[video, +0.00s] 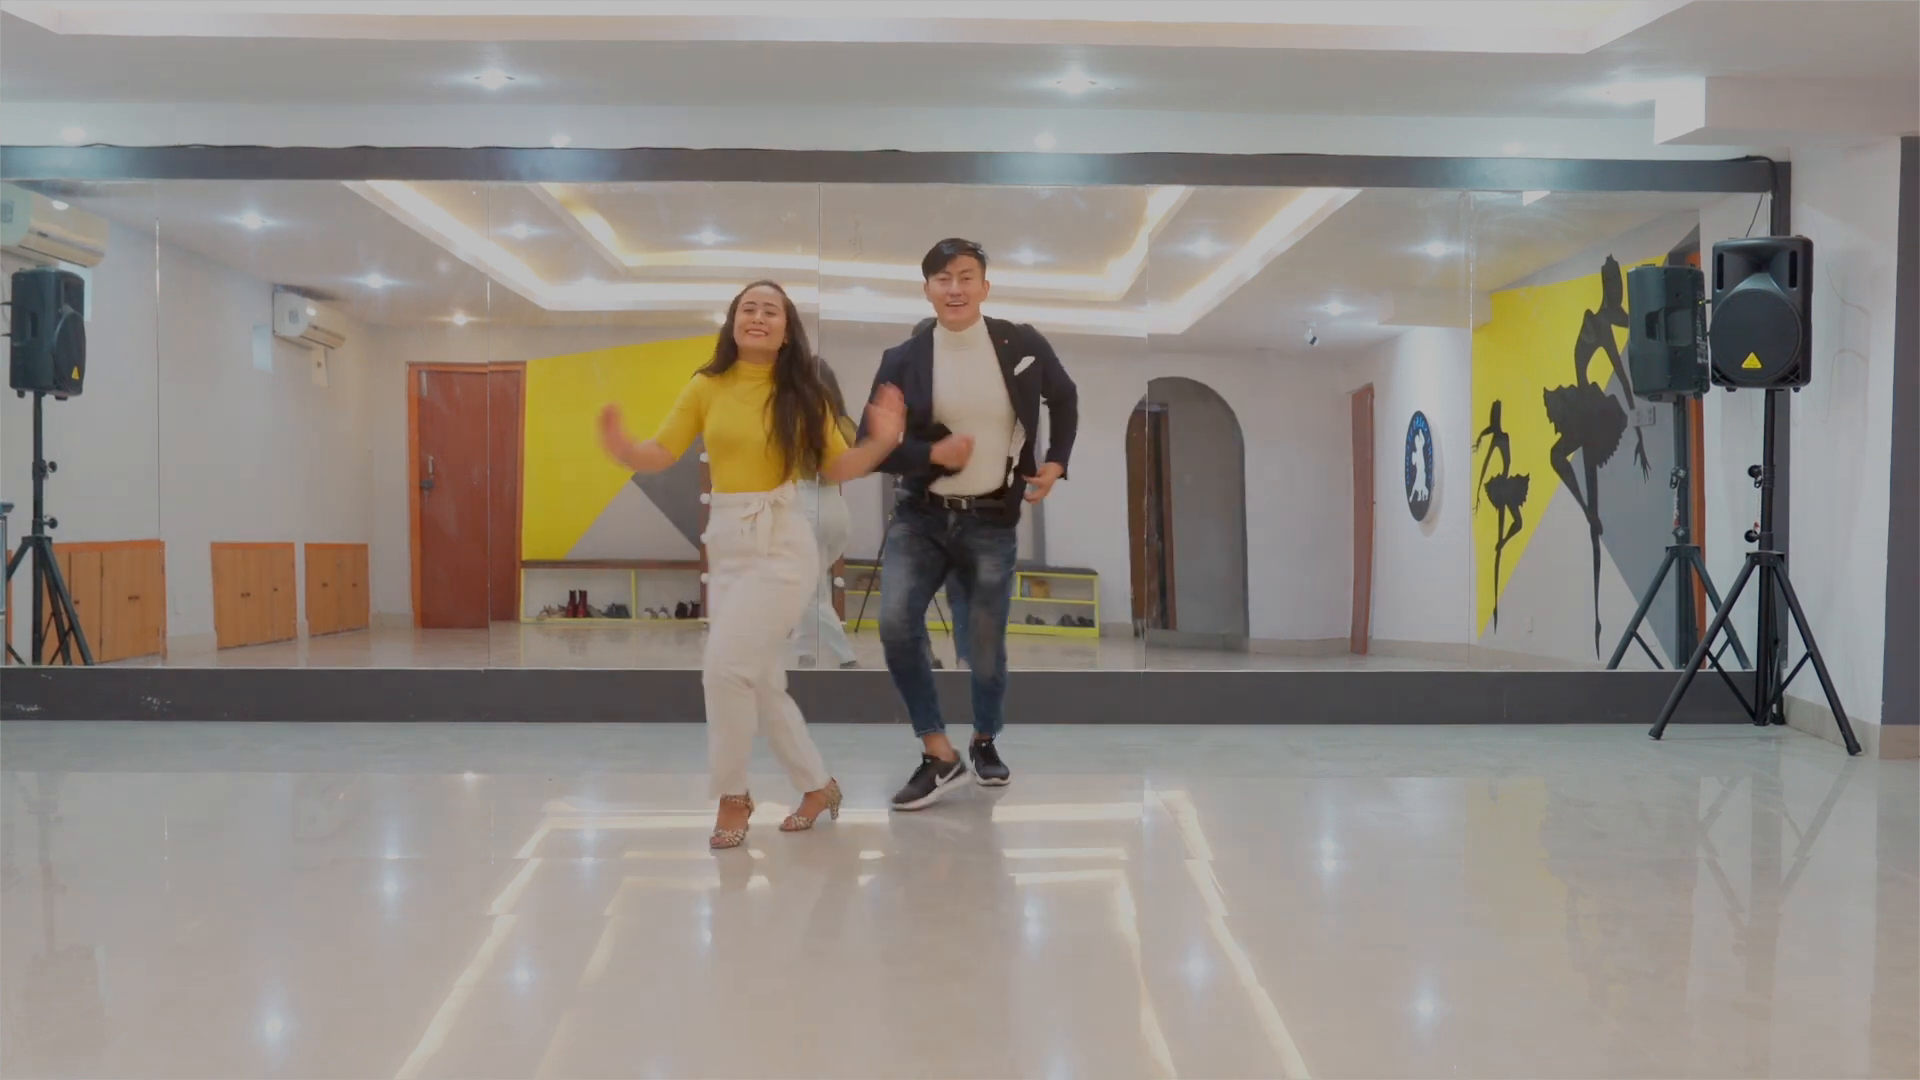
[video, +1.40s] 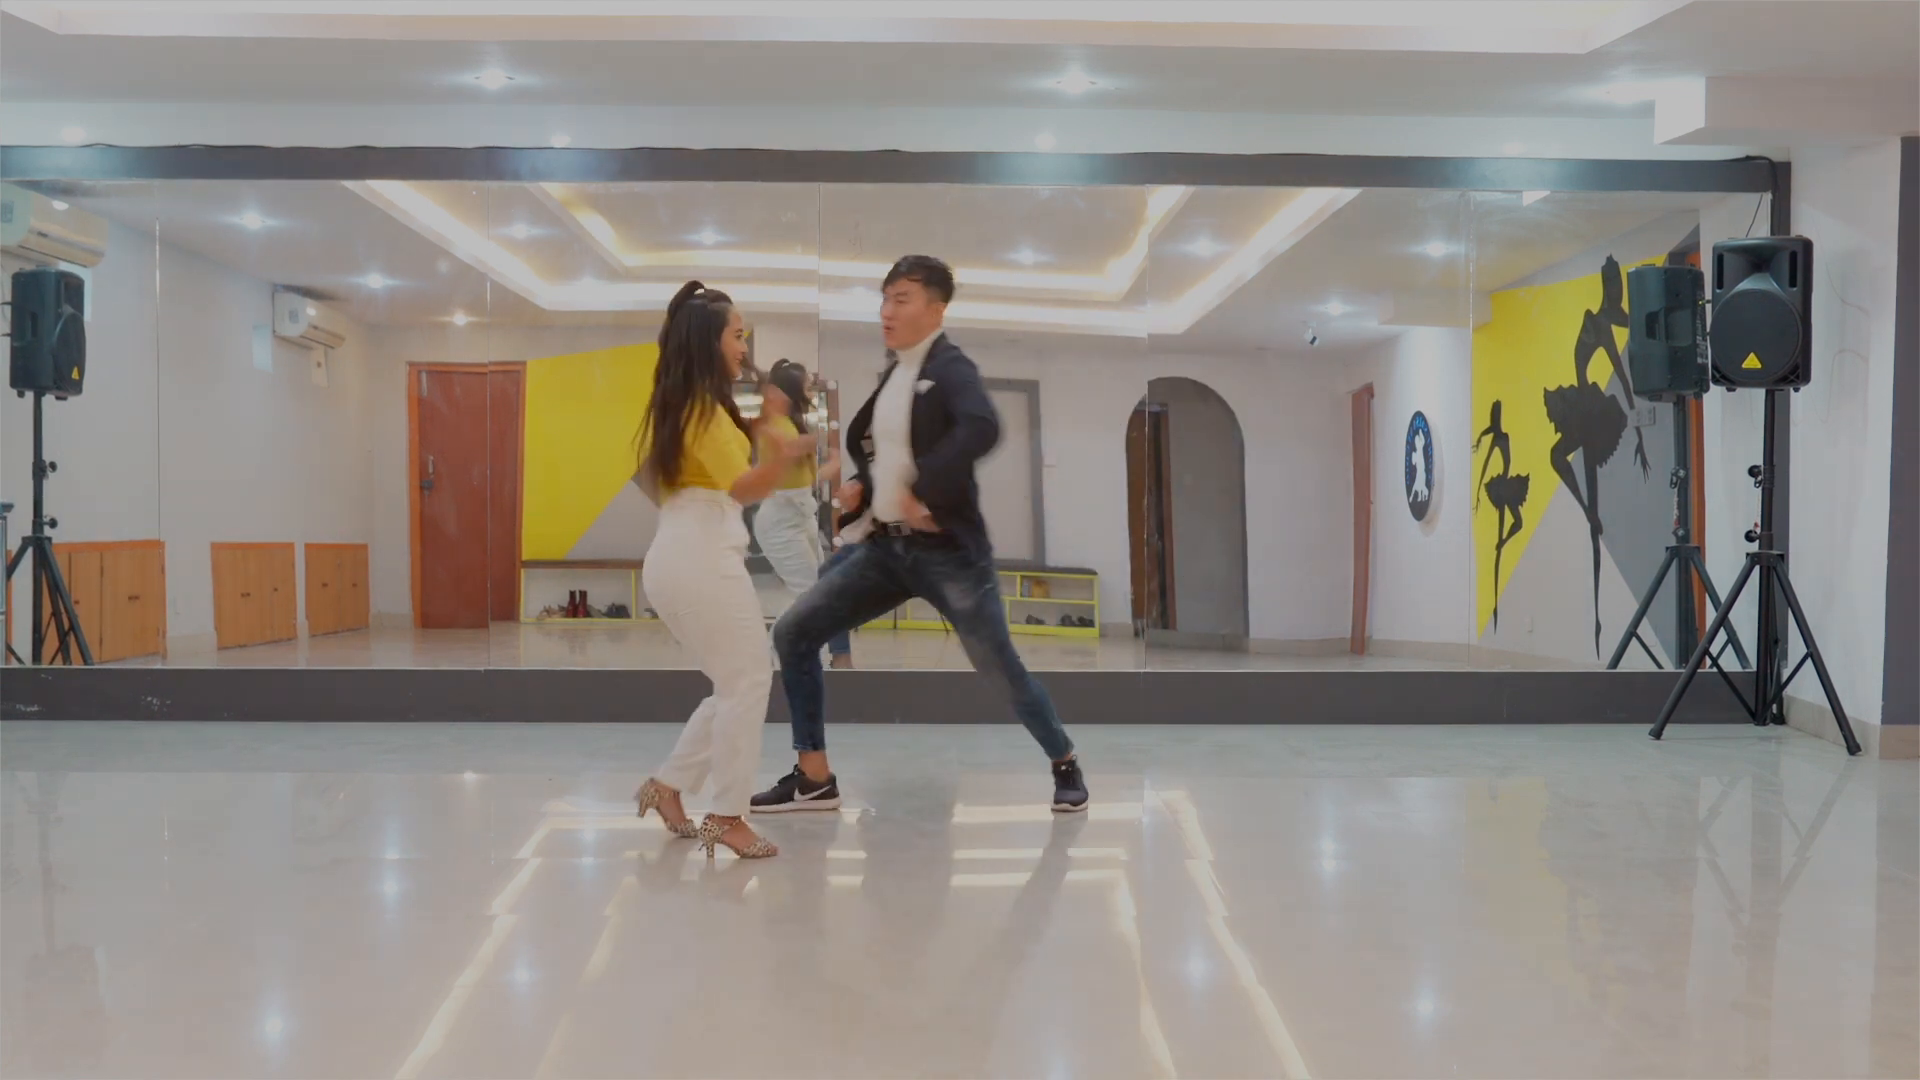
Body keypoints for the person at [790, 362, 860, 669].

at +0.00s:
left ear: (801, 386)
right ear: (833, 386)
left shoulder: (796, 417)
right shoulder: (840, 420)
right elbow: (846, 460)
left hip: (802, 502)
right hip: (834, 500)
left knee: (813, 588)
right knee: (813, 587)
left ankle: (844, 655)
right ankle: (803, 657)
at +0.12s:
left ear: (806, 394)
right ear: (833, 391)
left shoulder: (796, 425)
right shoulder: (840, 425)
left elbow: (786, 468)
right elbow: (842, 465)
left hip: (797, 496)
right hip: (829, 495)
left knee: (802, 582)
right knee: (825, 580)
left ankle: (810, 645)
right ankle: (820, 640)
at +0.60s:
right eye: (810, 378)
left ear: (779, 381)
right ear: (812, 383)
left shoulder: (765, 416)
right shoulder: (816, 422)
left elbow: (751, 463)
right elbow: (830, 461)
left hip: (767, 498)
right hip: (806, 500)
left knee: (776, 586)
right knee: (799, 582)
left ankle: (784, 653)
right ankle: (781, 643)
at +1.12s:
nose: (809, 387)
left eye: (808, 380)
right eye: (804, 381)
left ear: (781, 385)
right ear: (787, 384)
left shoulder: (778, 422)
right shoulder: (784, 424)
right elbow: (800, 470)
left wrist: (822, 460)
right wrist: (831, 467)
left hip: (789, 510)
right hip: (776, 509)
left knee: (819, 581)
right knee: (783, 590)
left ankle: (812, 652)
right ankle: (760, 665)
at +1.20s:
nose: (812, 388)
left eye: (812, 382)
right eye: (807, 382)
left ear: (790, 387)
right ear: (790, 385)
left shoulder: (797, 421)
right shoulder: (776, 423)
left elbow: (803, 463)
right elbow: (781, 467)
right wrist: (808, 443)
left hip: (800, 515)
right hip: (777, 516)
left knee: (819, 584)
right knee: (791, 588)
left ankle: (814, 663)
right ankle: (758, 662)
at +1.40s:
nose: (764, 397)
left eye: (769, 392)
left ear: (781, 395)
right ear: (784, 394)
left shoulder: (793, 426)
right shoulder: (773, 423)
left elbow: (808, 477)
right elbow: (786, 448)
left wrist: (837, 462)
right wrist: (821, 438)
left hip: (803, 513)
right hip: (780, 514)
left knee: (817, 588)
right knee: (809, 591)